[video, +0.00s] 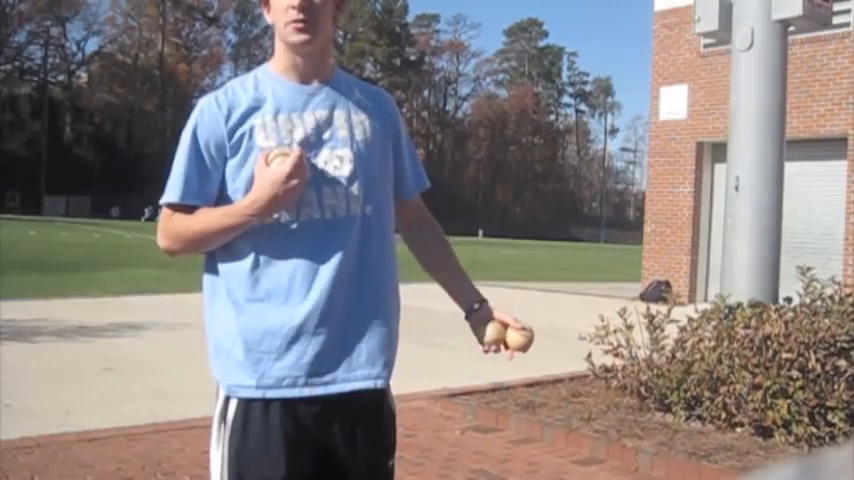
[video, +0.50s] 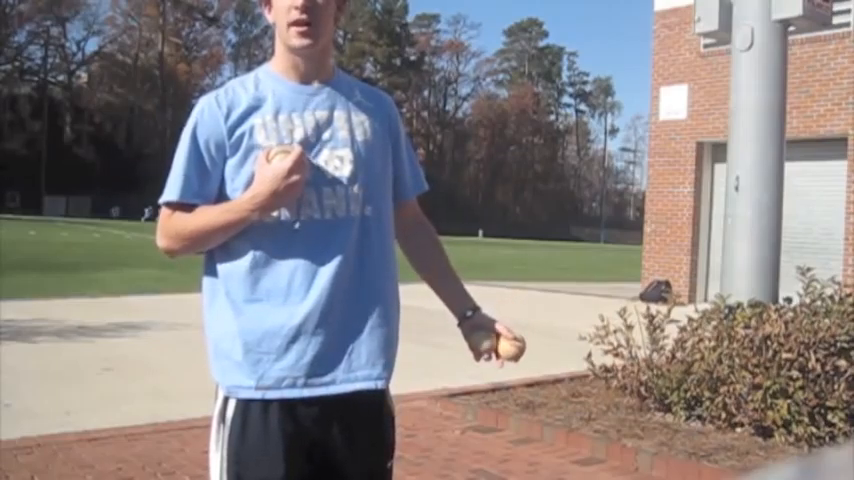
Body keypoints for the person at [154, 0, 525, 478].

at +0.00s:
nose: (301, 8)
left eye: (314, 0)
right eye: (288, 0)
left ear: (338, 10)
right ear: (267, 11)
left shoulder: (377, 108)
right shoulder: (220, 112)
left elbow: (415, 218)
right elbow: (171, 235)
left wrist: (477, 309)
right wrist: (256, 204)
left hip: (360, 382)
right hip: (260, 386)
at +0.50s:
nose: (305, 9)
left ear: (341, 10)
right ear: (269, 10)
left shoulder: (377, 110)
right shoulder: (220, 111)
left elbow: (410, 222)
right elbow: (171, 235)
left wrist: (470, 315)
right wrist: (256, 200)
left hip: (359, 382)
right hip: (259, 386)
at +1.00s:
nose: (303, 8)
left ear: (339, 10)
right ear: (268, 9)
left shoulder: (376, 111)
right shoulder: (218, 112)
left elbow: (409, 224)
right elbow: (169, 236)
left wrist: (468, 318)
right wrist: (254, 201)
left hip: (357, 385)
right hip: (256, 389)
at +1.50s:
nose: (305, 8)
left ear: (338, 10)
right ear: (268, 9)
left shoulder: (373, 109)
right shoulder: (216, 112)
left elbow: (405, 225)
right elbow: (169, 238)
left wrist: (463, 318)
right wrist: (258, 203)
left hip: (359, 386)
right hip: (260, 392)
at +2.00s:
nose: (303, 9)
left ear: (339, 10)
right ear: (266, 9)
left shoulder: (374, 109)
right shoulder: (217, 112)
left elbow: (409, 219)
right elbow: (169, 239)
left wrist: (474, 312)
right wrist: (257, 203)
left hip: (359, 383)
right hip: (260, 389)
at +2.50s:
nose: (364, 13)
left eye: (362, 4)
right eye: (352, 2)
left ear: (309, 13)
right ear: (302, 9)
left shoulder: (373, 108)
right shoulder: (220, 112)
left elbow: (404, 225)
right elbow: (168, 236)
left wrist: (464, 317)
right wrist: (262, 210)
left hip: (364, 388)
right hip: (266, 395)